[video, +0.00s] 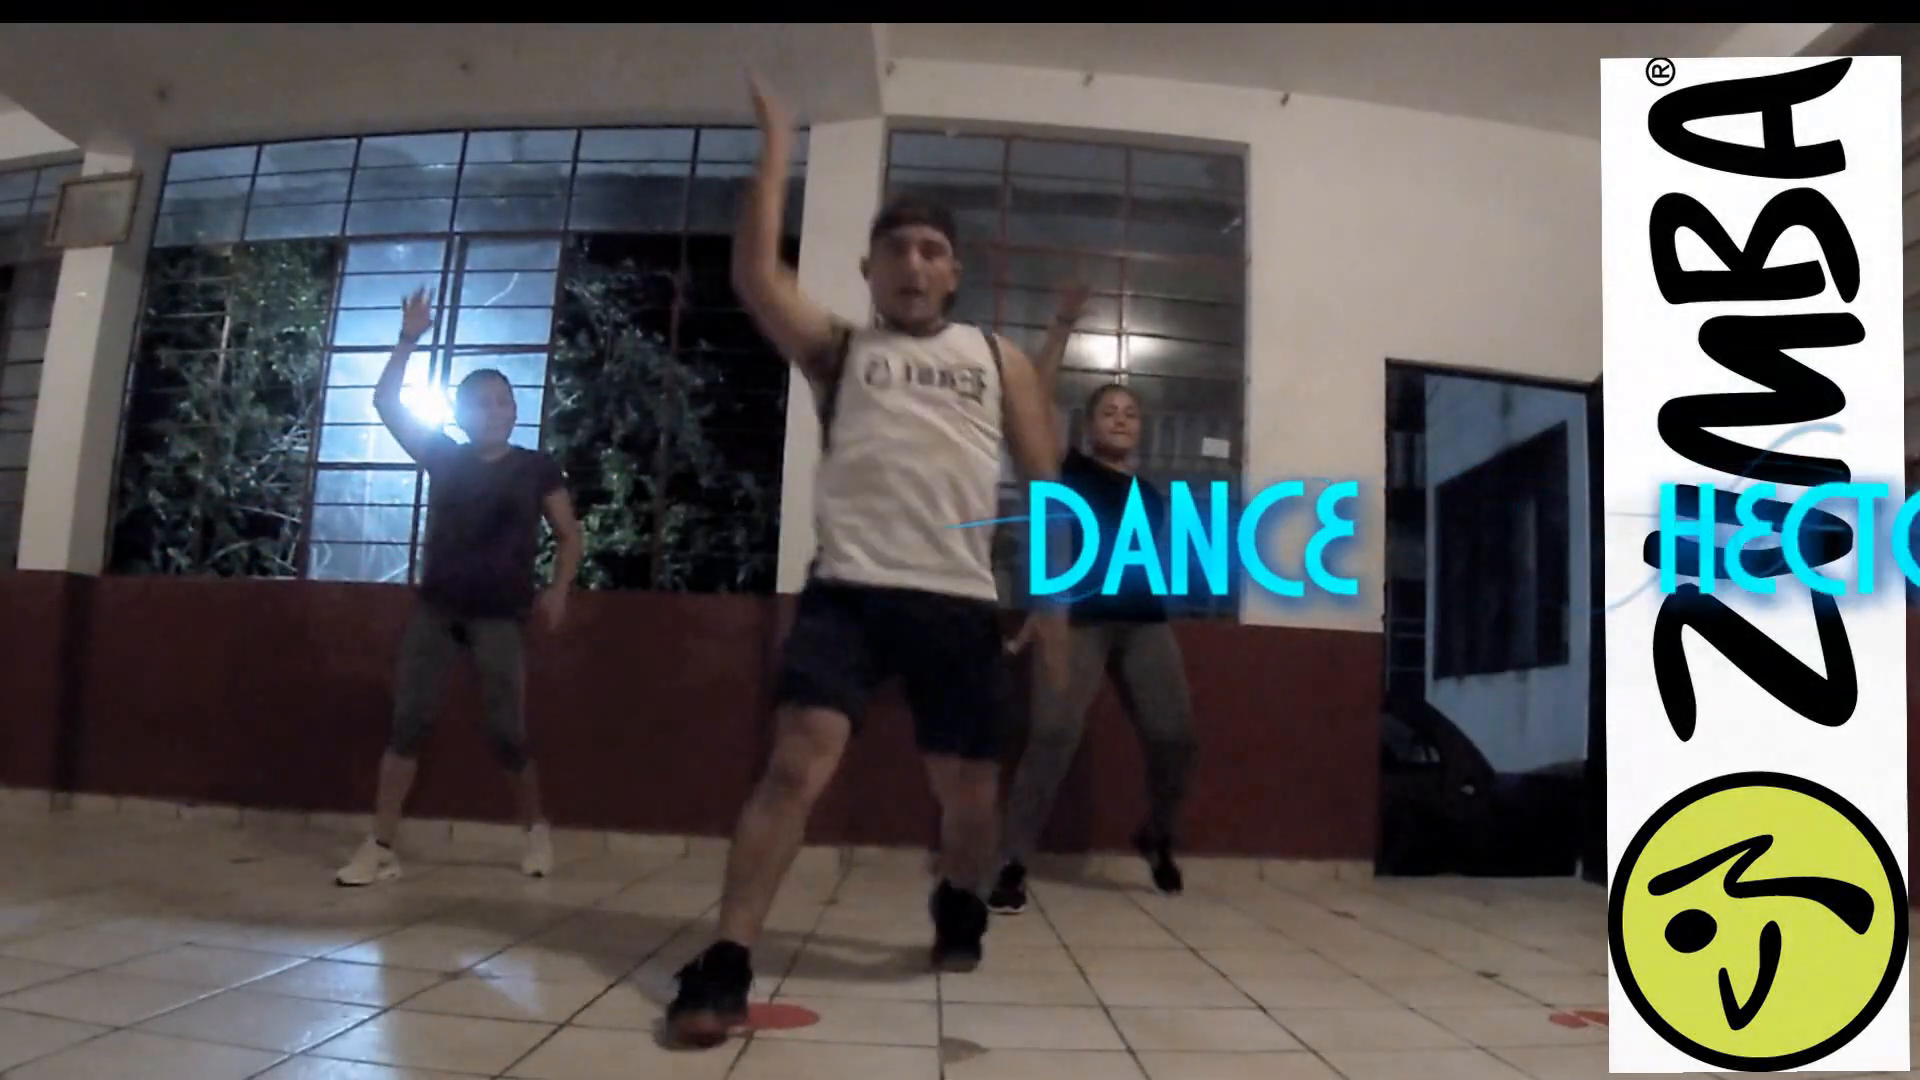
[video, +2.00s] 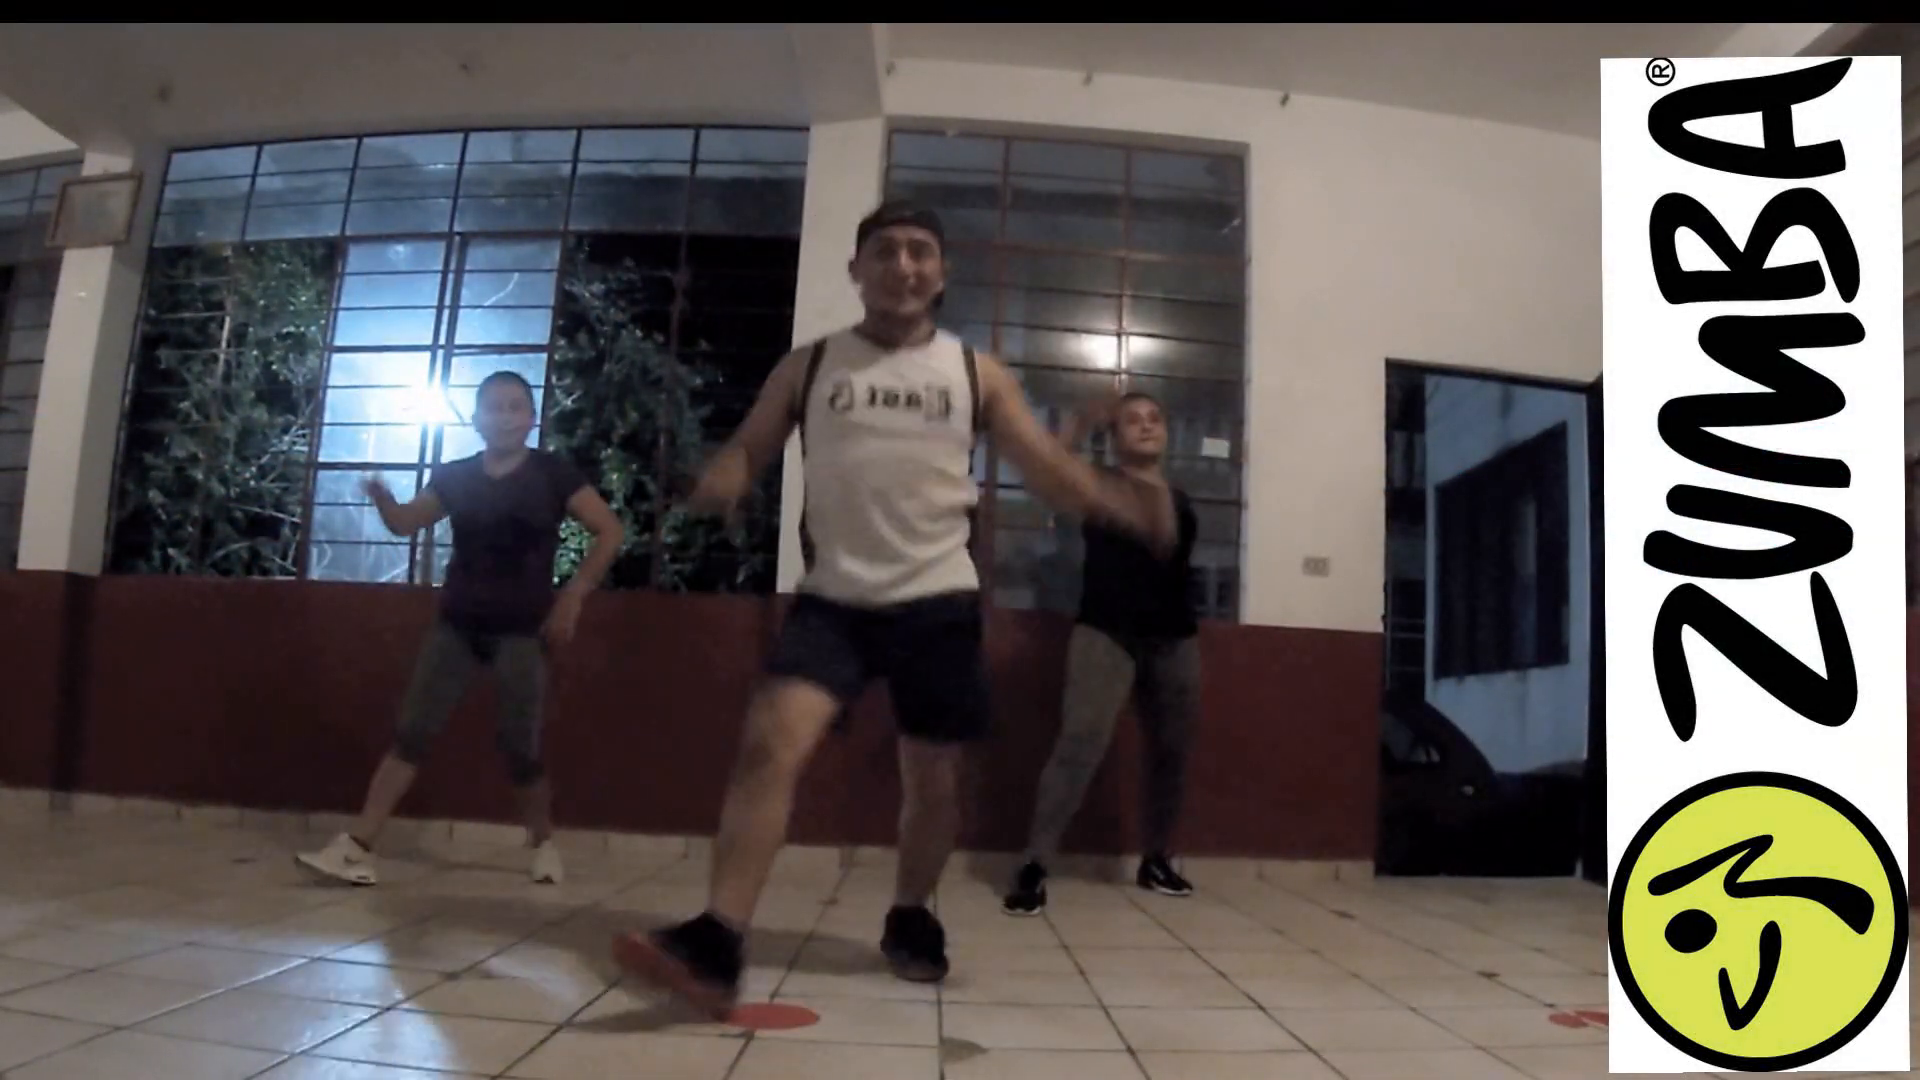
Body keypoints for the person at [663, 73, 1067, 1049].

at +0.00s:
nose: (916, 263)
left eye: (933, 252)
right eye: (900, 249)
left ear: (956, 274)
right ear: (872, 267)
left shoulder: (1000, 360)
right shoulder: (840, 346)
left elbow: (1047, 481)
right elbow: (757, 280)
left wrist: (1047, 599)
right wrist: (774, 151)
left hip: (959, 604)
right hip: (846, 595)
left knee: (969, 791)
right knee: (795, 766)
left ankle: (961, 899)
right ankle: (726, 962)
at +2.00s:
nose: (904, 265)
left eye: (920, 253)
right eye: (887, 253)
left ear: (942, 273)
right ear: (857, 271)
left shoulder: (976, 373)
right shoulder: (812, 362)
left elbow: (1050, 465)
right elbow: (746, 451)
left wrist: (1115, 502)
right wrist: (723, 479)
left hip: (936, 603)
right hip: (833, 599)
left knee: (933, 772)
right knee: (769, 741)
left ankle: (912, 918)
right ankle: (719, 937)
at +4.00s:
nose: (871, 264)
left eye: (881, 252)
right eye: (856, 250)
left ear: (894, 266)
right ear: (818, 260)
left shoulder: (913, 336)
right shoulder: (782, 331)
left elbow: (1006, 371)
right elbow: (691, 337)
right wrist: (794, 296)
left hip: (885, 565)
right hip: (785, 561)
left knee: (901, 716)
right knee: (740, 726)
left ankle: (885, 880)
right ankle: (714, 896)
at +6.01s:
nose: (912, 243)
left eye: (926, 232)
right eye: (895, 231)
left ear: (946, 254)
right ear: (865, 253)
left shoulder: (982, 339)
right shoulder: (826, 340)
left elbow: (1021, 448)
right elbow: (738, 410)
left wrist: (995, 501)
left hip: (923, 585)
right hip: (827, 575)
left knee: (912, 768)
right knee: (820, 747)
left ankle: (886, 900)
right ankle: (824, 910)